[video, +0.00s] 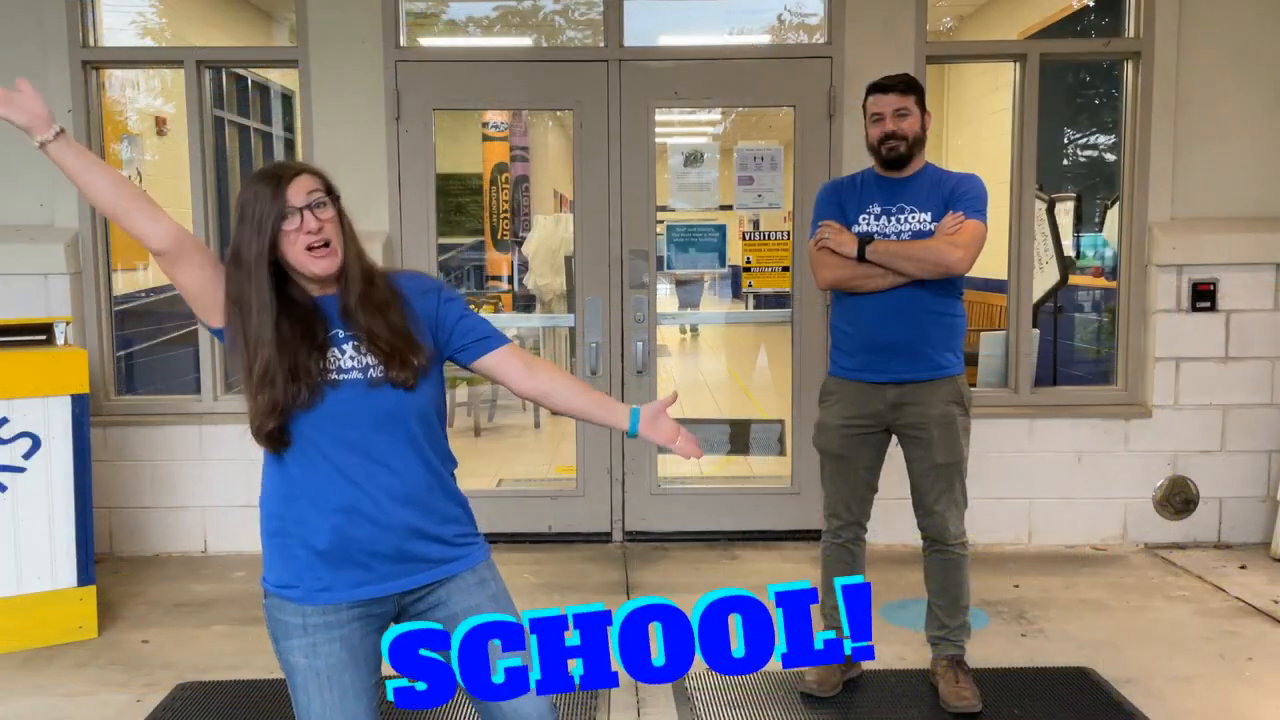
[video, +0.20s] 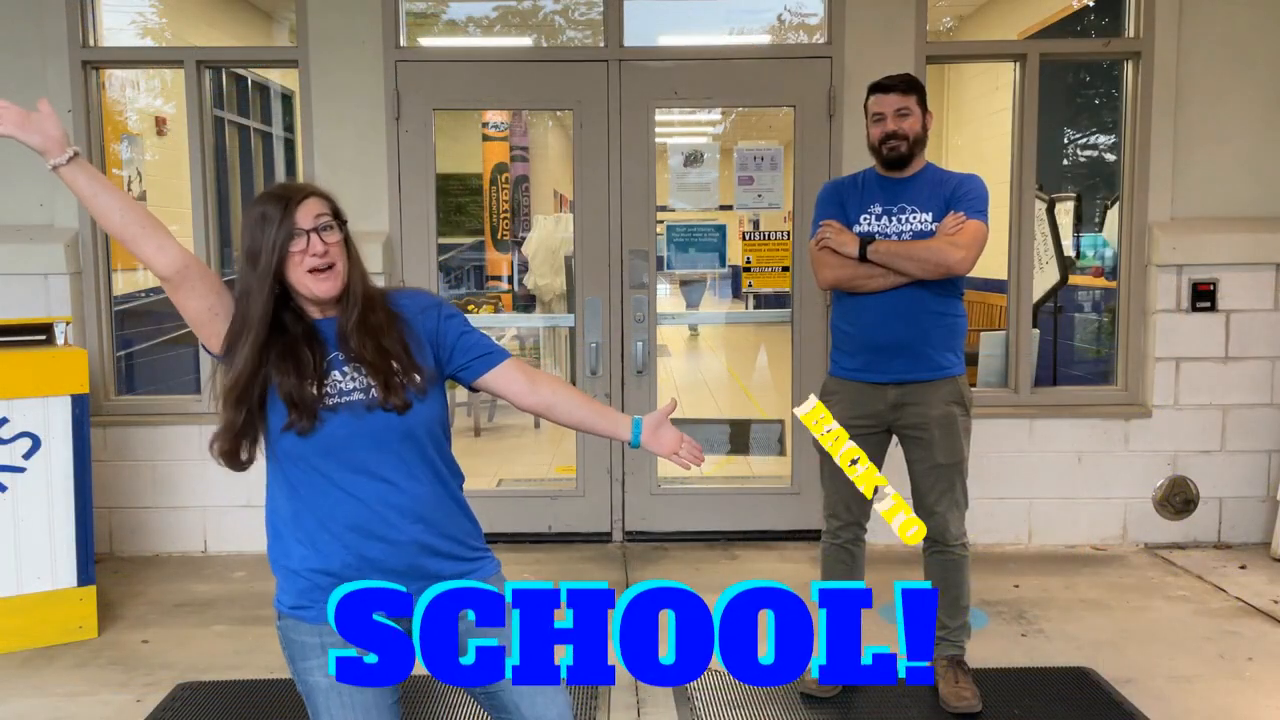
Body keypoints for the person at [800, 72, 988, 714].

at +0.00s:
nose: (888, 127)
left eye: (901, 116)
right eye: (877, 118)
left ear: (923, 122)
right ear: (865, 128)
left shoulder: (960, 187)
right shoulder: (839, 194)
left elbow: (954, 260)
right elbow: (826, 273)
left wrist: (861, 244)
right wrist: (923, 260)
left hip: (933, 384)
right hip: (851, 385)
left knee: (945, 529)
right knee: (842, 525)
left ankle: (950, 656)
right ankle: (839, 651)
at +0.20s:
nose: (889, 127)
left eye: (902, 116)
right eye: (878, 118)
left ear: (924, 122)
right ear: (866, 128)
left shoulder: (962, 188)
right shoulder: (840, 193)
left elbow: (956, 260)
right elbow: (827, 273)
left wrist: (862, 245)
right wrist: (924, 260)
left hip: (934, 384)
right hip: (851, 385)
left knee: (945, 528)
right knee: (842, 526)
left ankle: (950, 658)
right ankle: (835, 657)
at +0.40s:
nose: (892, 126)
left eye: (904, 115)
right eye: (881, 118)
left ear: (927, 122)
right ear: (869, 128)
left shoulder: (962, 188)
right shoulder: (840, 194)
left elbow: (958, 260)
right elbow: (830, 273)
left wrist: (863, 243)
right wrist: (928, 259)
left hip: (936, 385)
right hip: (853, 385)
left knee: (946, 531)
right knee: (841, 526)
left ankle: (950, 658)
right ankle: (836, 654)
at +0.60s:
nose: (893, 127)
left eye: (906, 116)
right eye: (882, 118)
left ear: (929, 122)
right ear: (870, 128)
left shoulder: (965, 189)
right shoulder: (842, 193)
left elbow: (961, 262)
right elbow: (832, 273)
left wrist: (864, 242)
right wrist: (932, 258)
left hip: (937, 385)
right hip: (855, 385)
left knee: (947, 531)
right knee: (843, 526)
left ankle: (950, 658)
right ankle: (837, 654)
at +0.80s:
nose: (896, 127)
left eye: (909, 116)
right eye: (885, 118)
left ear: (932, 122)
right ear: (873, 127)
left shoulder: (968, 189)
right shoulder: (844, 193)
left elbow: (963, 262)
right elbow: (834, 273)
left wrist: (866, 242)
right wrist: (934, 259)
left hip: (939, 385)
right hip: (856, 385)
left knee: (948, 532)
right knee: (843, 528)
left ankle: (950, 658)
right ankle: (838, 656)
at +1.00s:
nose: (899, 127)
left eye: (912, 115)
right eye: (888, 118)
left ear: (935, 122)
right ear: (876, 128)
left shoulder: (971, 190)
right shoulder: (847, 193)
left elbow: (967, 261)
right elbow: (837, 273)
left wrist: (870, 242)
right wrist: (937, 259)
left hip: (942, 385)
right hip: (858, 384)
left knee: (949, 531)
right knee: (843, 526)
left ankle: (949, 661)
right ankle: (836, 656)